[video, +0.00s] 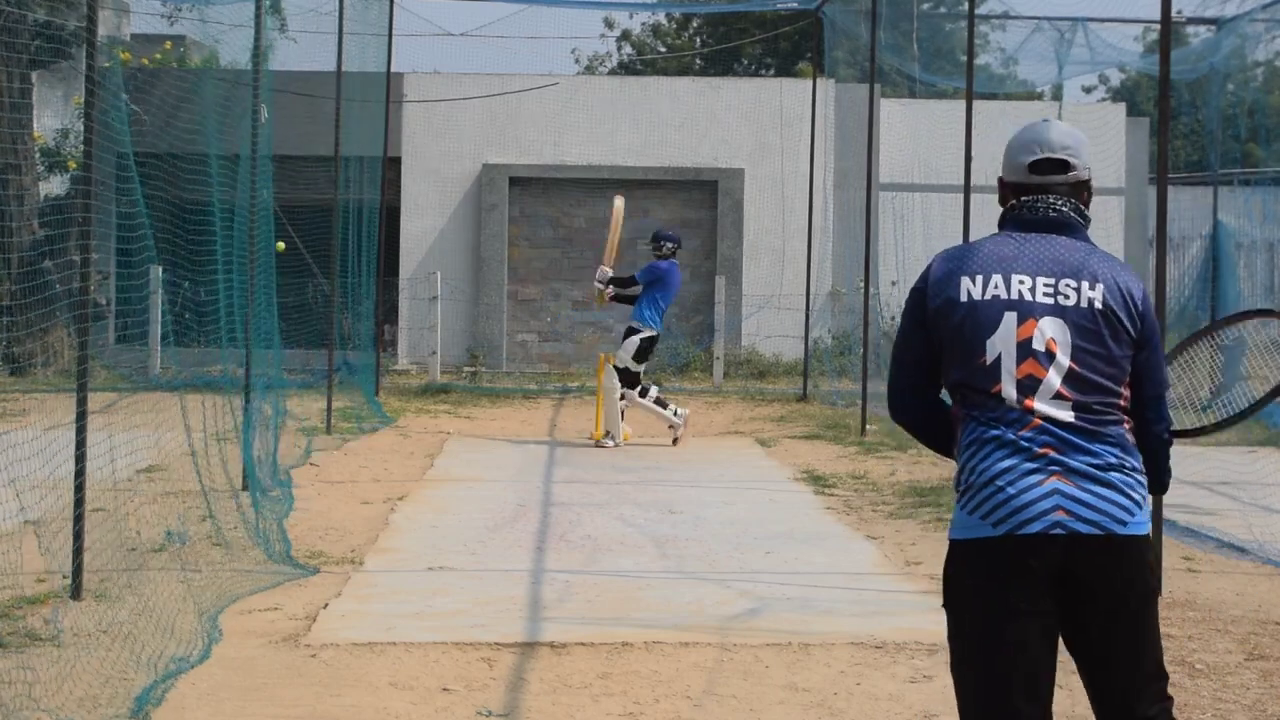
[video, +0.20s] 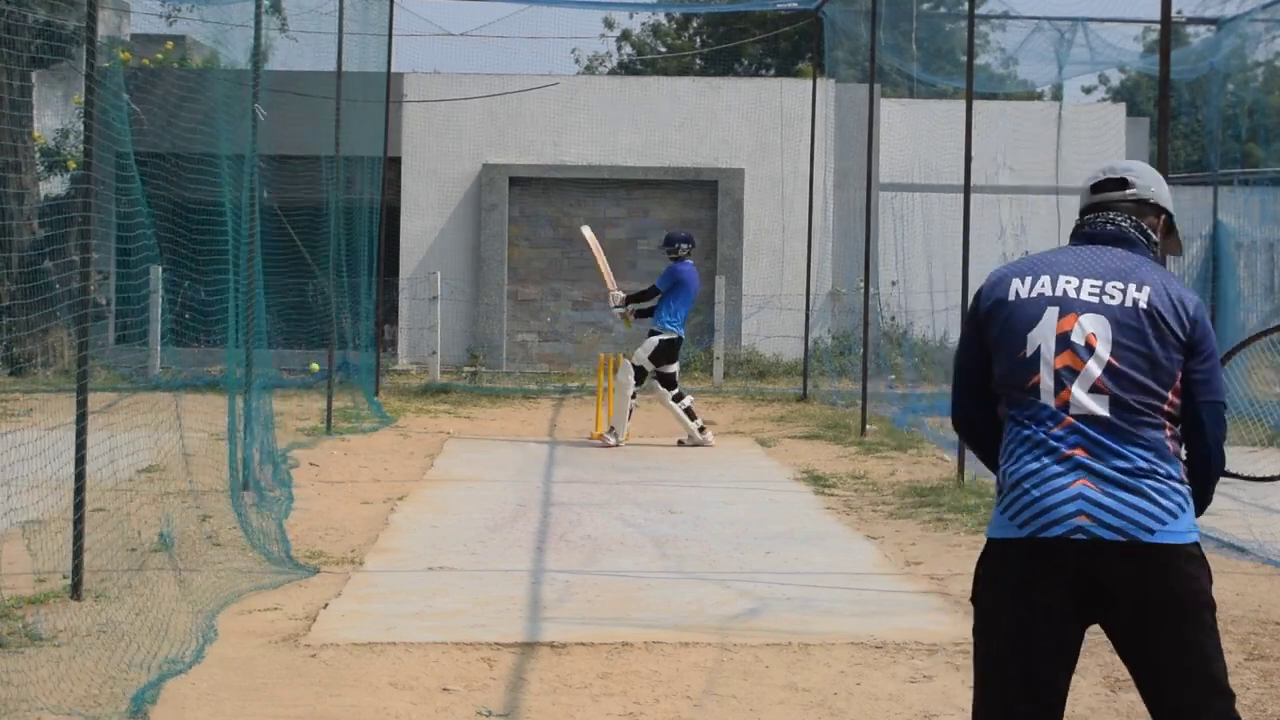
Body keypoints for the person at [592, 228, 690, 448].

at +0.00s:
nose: (653, 250)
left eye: (657, 247)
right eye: (654, 246)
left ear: (666, 248)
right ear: (671, 249)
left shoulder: (661, 267)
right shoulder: (671, 271)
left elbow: (627, 283)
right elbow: (641, 301)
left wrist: (607, 278)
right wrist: (613, 295)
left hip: (641, 332)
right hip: (644, 332)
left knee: (620, 383)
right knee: (627, 387)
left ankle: (614, 433)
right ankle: (675, 416)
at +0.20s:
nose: (668, 254)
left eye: (670, 250)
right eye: (667, 250)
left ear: (679, 250)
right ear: (687, 250)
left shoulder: (676, 269)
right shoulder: (690, 272)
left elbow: (649, 294)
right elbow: (663, 309)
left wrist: (624, 298)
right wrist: (633, 313)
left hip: (662, 336)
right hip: (671, 337)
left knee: (629, 379)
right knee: (668, 390)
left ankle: (616, 433)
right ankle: (699, 433)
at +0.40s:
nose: (673, 247)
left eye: (675, 243)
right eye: (672, 243)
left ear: (684, 242)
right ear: (691, 242)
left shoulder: (684, 262)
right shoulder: (694, 263)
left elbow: (656, 289)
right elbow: (667, 299)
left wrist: (630, 291)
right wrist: (638, 303)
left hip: (674, 329)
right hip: (683, 329)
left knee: (643, 371)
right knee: (679, 383)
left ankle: (638, 431)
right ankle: (700, 433)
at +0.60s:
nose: (668, 244)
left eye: (670, 240)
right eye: (667, 240)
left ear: (680, 239)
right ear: (684, 239)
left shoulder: (680, 261)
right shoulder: (689, 259)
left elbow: (657, 292)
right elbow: (659, 293)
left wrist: (626, 297)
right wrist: (632, 301)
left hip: (676, 327)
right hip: (684, 326)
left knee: (651, 372)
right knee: (686, 381)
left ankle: (648, 433)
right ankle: (701, 433)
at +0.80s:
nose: (655, 250)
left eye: (657, 246)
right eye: (654, 246)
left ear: (665, 244)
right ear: (670, 244)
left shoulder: (671, 266)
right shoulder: (668, 264)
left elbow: (655, 300)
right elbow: (656, 300)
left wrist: (628, 323)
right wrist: (636, 324)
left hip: (671, 328)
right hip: (664, 327)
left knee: (650, 375)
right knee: (677, 383)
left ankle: (648, 438)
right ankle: (701, 432)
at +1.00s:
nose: (640, 251)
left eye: (643, 246)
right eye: (638, 247)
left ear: (655, 243)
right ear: (638, 246)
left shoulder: (662, 267)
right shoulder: (638, 262)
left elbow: (655, 305)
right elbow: (633, 293)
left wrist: (636, 334)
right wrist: (631, 321)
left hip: (660, 327)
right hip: (642, 326)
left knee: (646, 376)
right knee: (636, 379)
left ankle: (648, 438)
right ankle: (676, 418)